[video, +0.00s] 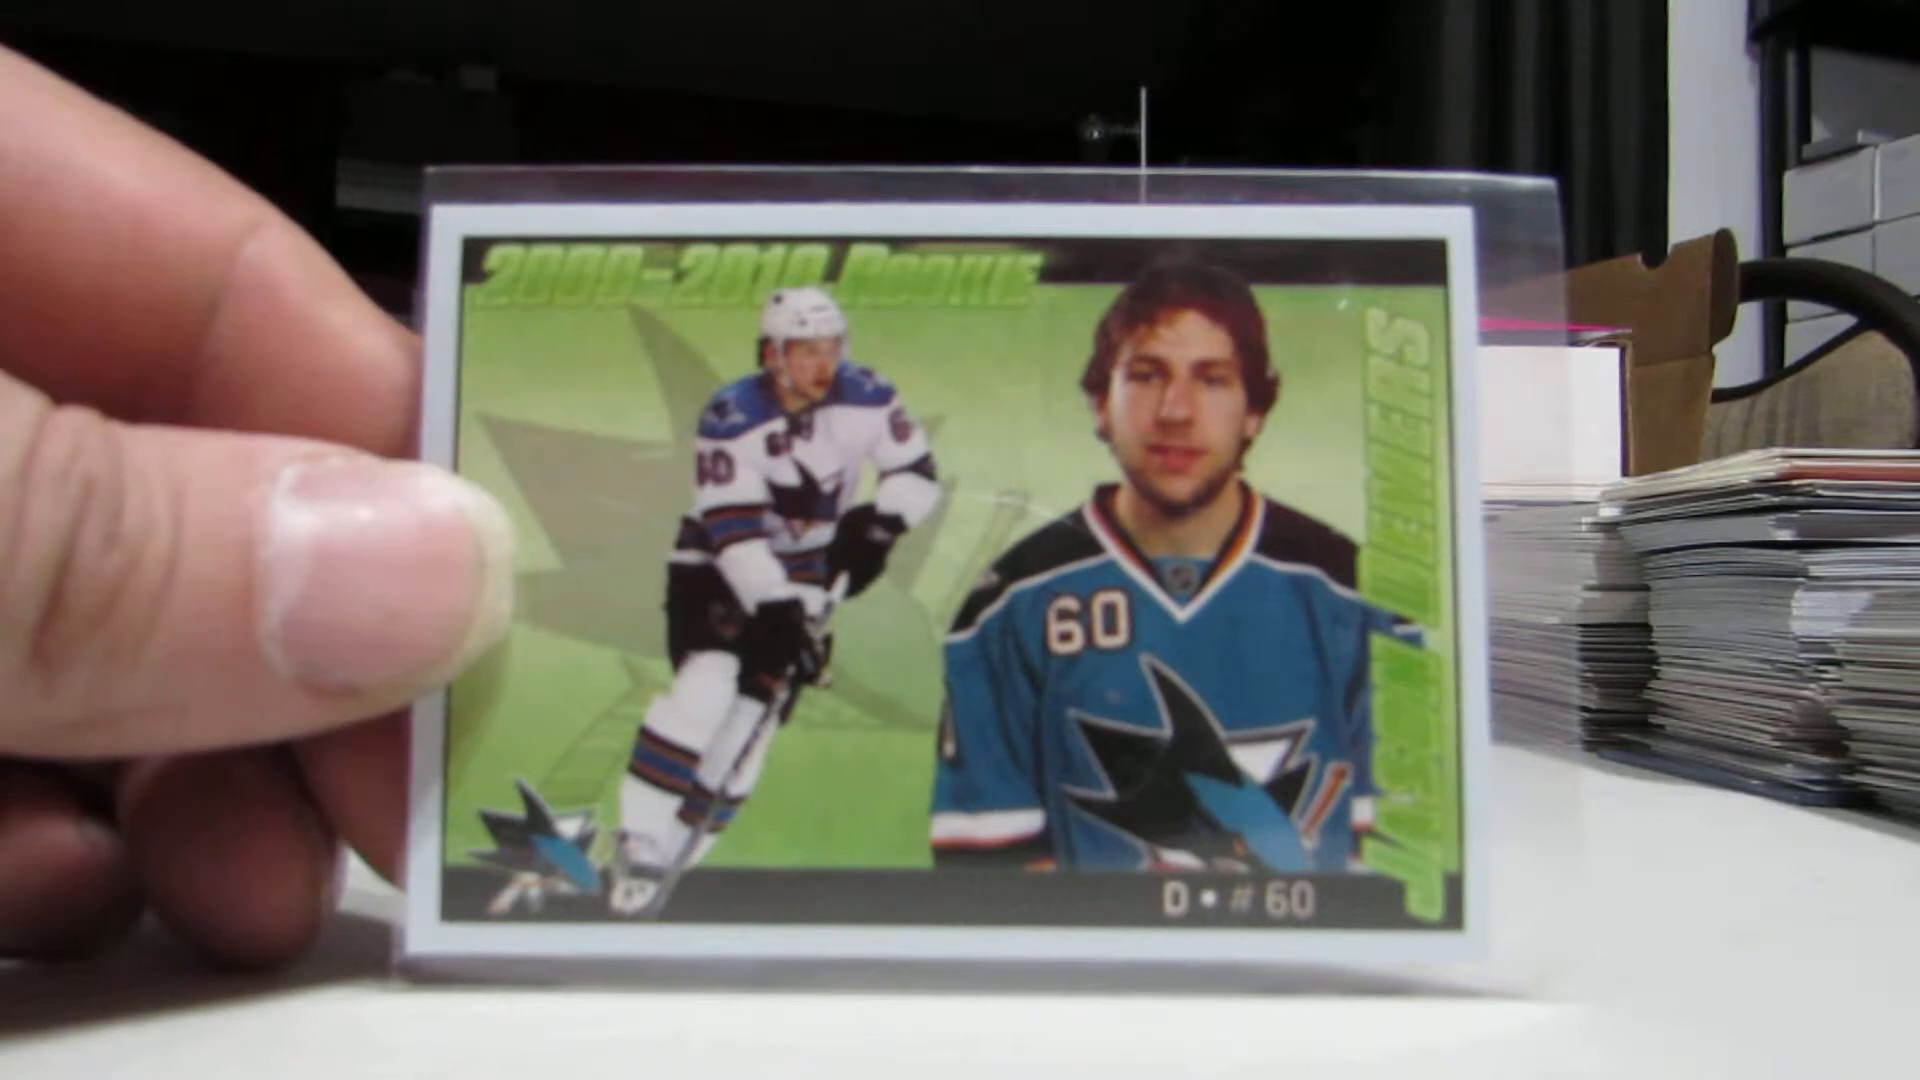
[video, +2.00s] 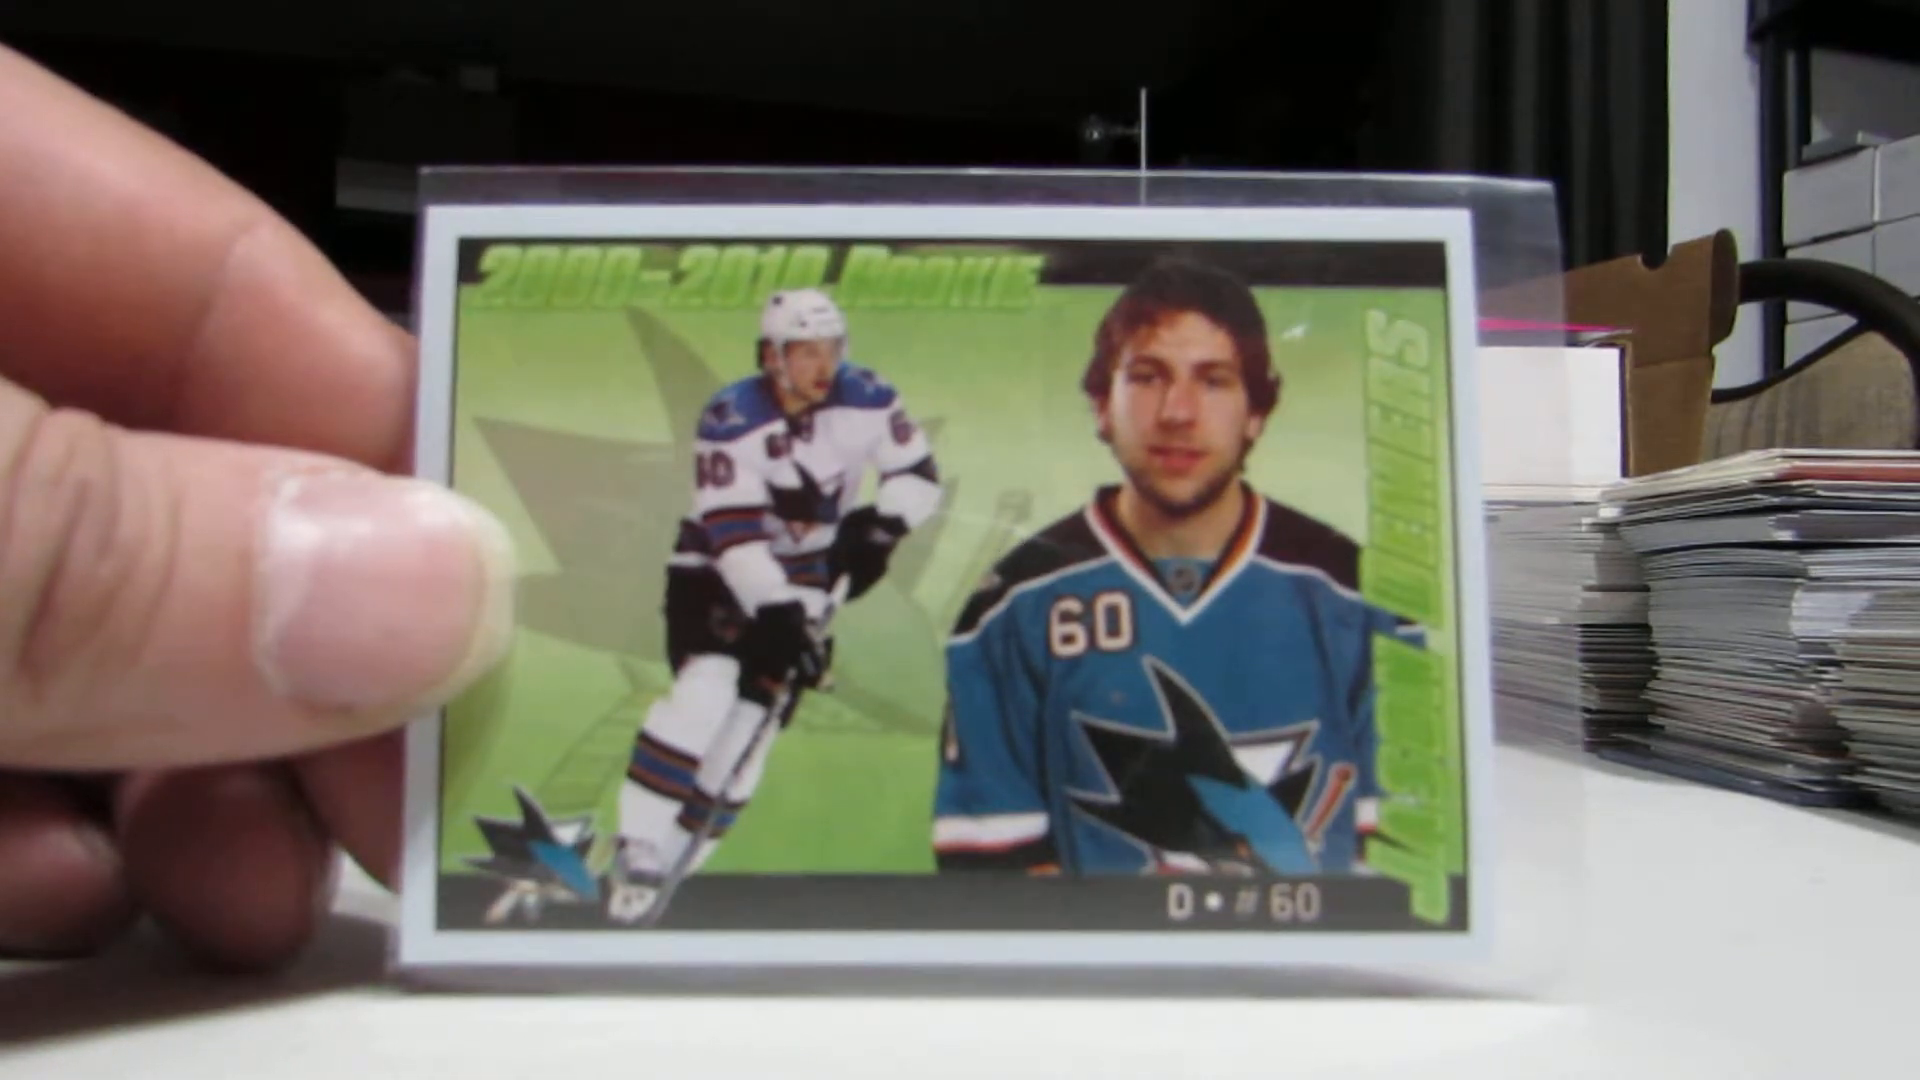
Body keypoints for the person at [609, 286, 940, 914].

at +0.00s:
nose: (822, 365)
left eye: (830, 351)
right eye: (805, 352)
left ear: (842, 350)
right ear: (772, 356)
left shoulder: (867, 399)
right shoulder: (732, 416)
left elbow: (916, 474)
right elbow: (732, 524)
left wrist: (877, 527)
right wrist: (775, 605)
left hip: (806, 573)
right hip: (721, 563)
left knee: (755, 715)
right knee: (709, 681)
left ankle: (680, 853)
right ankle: (642, 842)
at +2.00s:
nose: (824, 366)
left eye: (832, 352)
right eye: (808, 353)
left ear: (842, 352)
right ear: (773, 358)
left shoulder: (868, 401)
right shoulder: (732, 419)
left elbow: (917, 475)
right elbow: (732, 527)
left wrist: (878, 531)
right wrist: (776, 609)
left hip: (807, 578)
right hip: (720, 567)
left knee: (754, 722)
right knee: (708, 687)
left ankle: (680, 860)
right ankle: (640, 849)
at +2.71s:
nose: (824, 366)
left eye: (832, 352)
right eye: (808, 353)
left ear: (842, 352)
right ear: (773, 359)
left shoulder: (868, 401)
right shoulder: (732, 419)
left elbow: (917, 476)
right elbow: (732, 528)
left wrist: (879, 531)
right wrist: (776, 610)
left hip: (807, 579)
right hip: (720, 569)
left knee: (754, 723)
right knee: (708, 686)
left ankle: (678, 862)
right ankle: (640, 850)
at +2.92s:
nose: (824, 366)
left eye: (832, 352)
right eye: (808, 353)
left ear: (842, 352)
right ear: (773, 359)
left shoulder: (868, 401)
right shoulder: (732, 419)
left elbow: (917, 476)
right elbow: (732, 528)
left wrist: (879, 531)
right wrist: (776, 610)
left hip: (807, 580)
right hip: (720, 569)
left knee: (753, 723)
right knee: (708, 686)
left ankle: (678, 862)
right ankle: (640, 851)